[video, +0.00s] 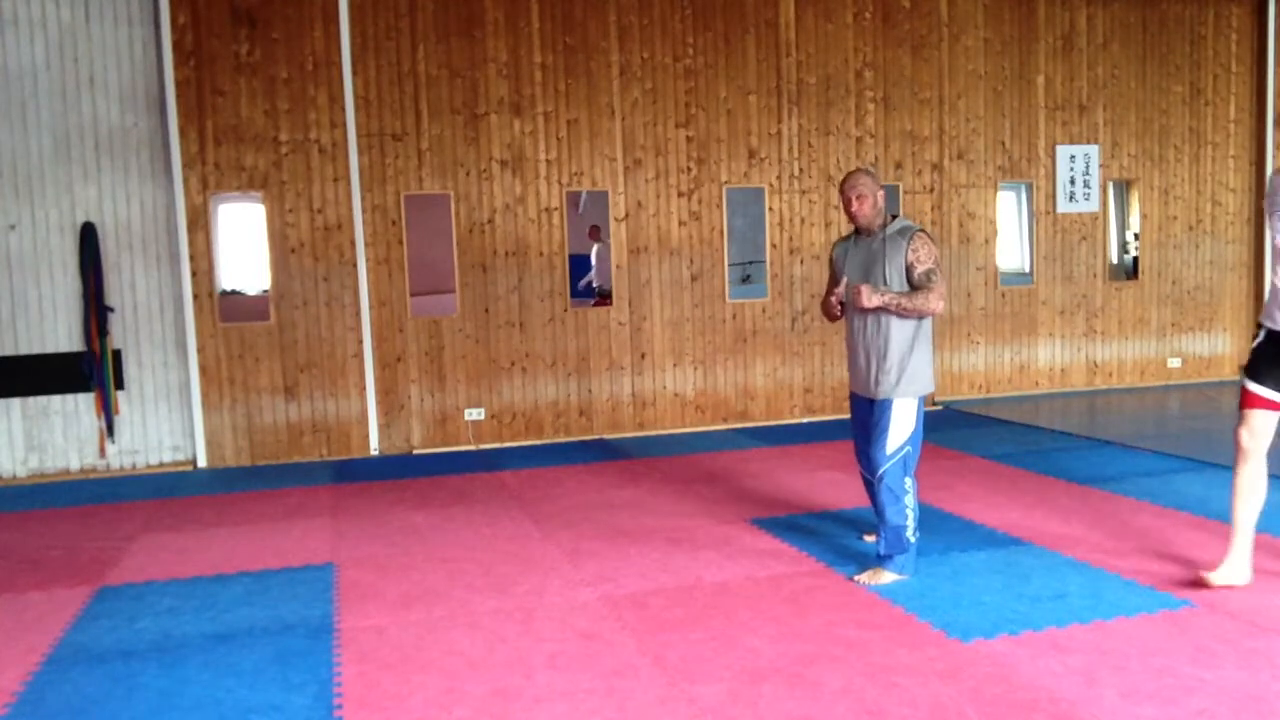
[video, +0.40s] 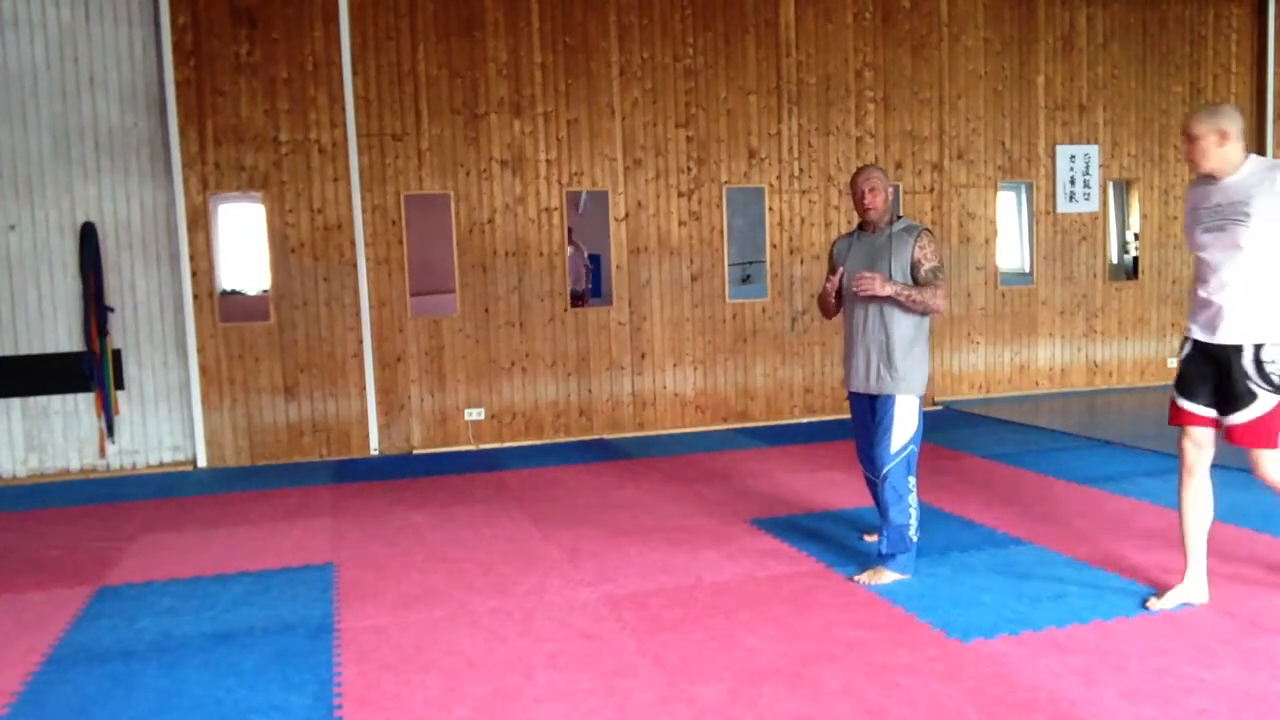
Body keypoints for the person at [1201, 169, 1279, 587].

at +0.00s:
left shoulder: (1272, 189)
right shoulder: (1274, 188)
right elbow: (1274, 262)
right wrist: (1261, 328)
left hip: (1273, 330)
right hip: (1273, 327)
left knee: (1252, 441)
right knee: (1250, 440)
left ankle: (1239, 559)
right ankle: (1238, 559)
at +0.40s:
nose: (1187, 149)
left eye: (1195, 140)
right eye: (1187, 140)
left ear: (1227, 139)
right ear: (1211, 142)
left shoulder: (1271, 179)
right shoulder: (1197, 195)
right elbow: (1206, 267)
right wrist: (1197, 331)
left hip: (1257, 345)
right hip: (1202, 344)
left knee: (1269, 468)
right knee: (1193, 456)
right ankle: (1194, 581)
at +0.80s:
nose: (1132, 148)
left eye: (1138, 138)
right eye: (1132, 138)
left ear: (1171, 134)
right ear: (1163, 136)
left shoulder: (1230, 181)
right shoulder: (1158, 193)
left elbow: (1270, 261)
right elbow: (1167, 275)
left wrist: (1265, 348)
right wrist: (1129, 323)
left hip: (1203, 344)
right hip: (1162, 341)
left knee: (1174, 466)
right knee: (1179, 466)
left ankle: (1158, 609)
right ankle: (1195, 578)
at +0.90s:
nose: (1126, 150)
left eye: (1130, 139)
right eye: (1125, 140)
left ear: (1161, 135)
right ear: (1157, 135)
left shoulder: (1217, 182)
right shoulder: (1159, 192)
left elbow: (1259, 268)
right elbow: (1164, 279)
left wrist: (1238, 357)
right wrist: (1139, 346)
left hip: (1188, 349)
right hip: (1157, 346)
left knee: (1158, 473)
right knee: (1176, 469)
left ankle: (1155, 620)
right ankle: (1195, 578)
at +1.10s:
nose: (1111, 141)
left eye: (1114, 130)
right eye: (1112, 131)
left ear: (1139, 126)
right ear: (1148, 125)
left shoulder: (1193, 174)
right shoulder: (1161, 180)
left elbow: (1223, 273)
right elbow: (1162, 267)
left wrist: (1184, 367)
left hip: (1169, 352)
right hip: (1146, 347)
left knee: (1151, 474)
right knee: (1154, 463)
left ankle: (1157, 624)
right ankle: (1189, 569)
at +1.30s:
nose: (1098, 133)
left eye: (1102, 121)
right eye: (1100, 122)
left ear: (1125, 120)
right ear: (1138, 118)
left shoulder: (1172, 167)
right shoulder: (1153, 172)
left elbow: (1197, 264)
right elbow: (1164, 264)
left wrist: (1152, 353)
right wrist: (1133, 344)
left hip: (1169, 346)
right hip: (1144, 342)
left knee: (1167, 473)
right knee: (1132, 457)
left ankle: (1160, 626)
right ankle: (1174, 581)